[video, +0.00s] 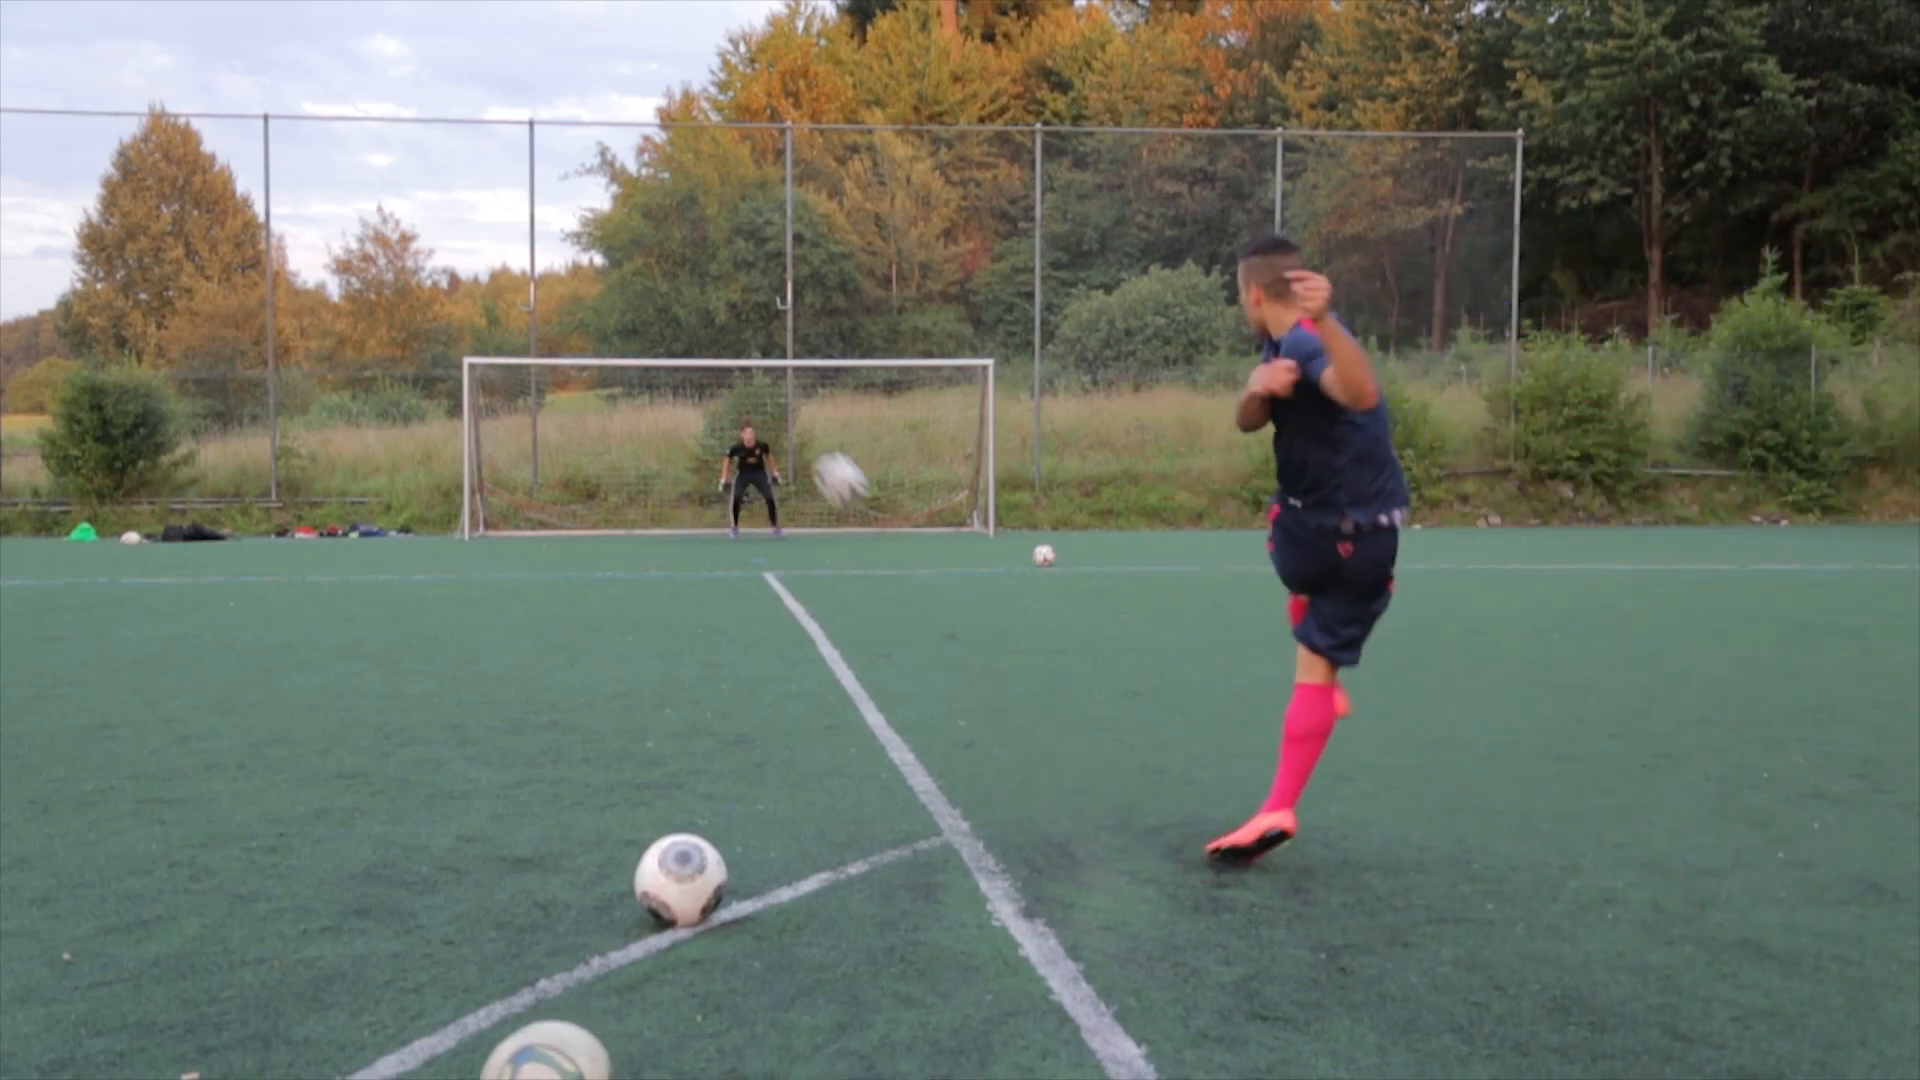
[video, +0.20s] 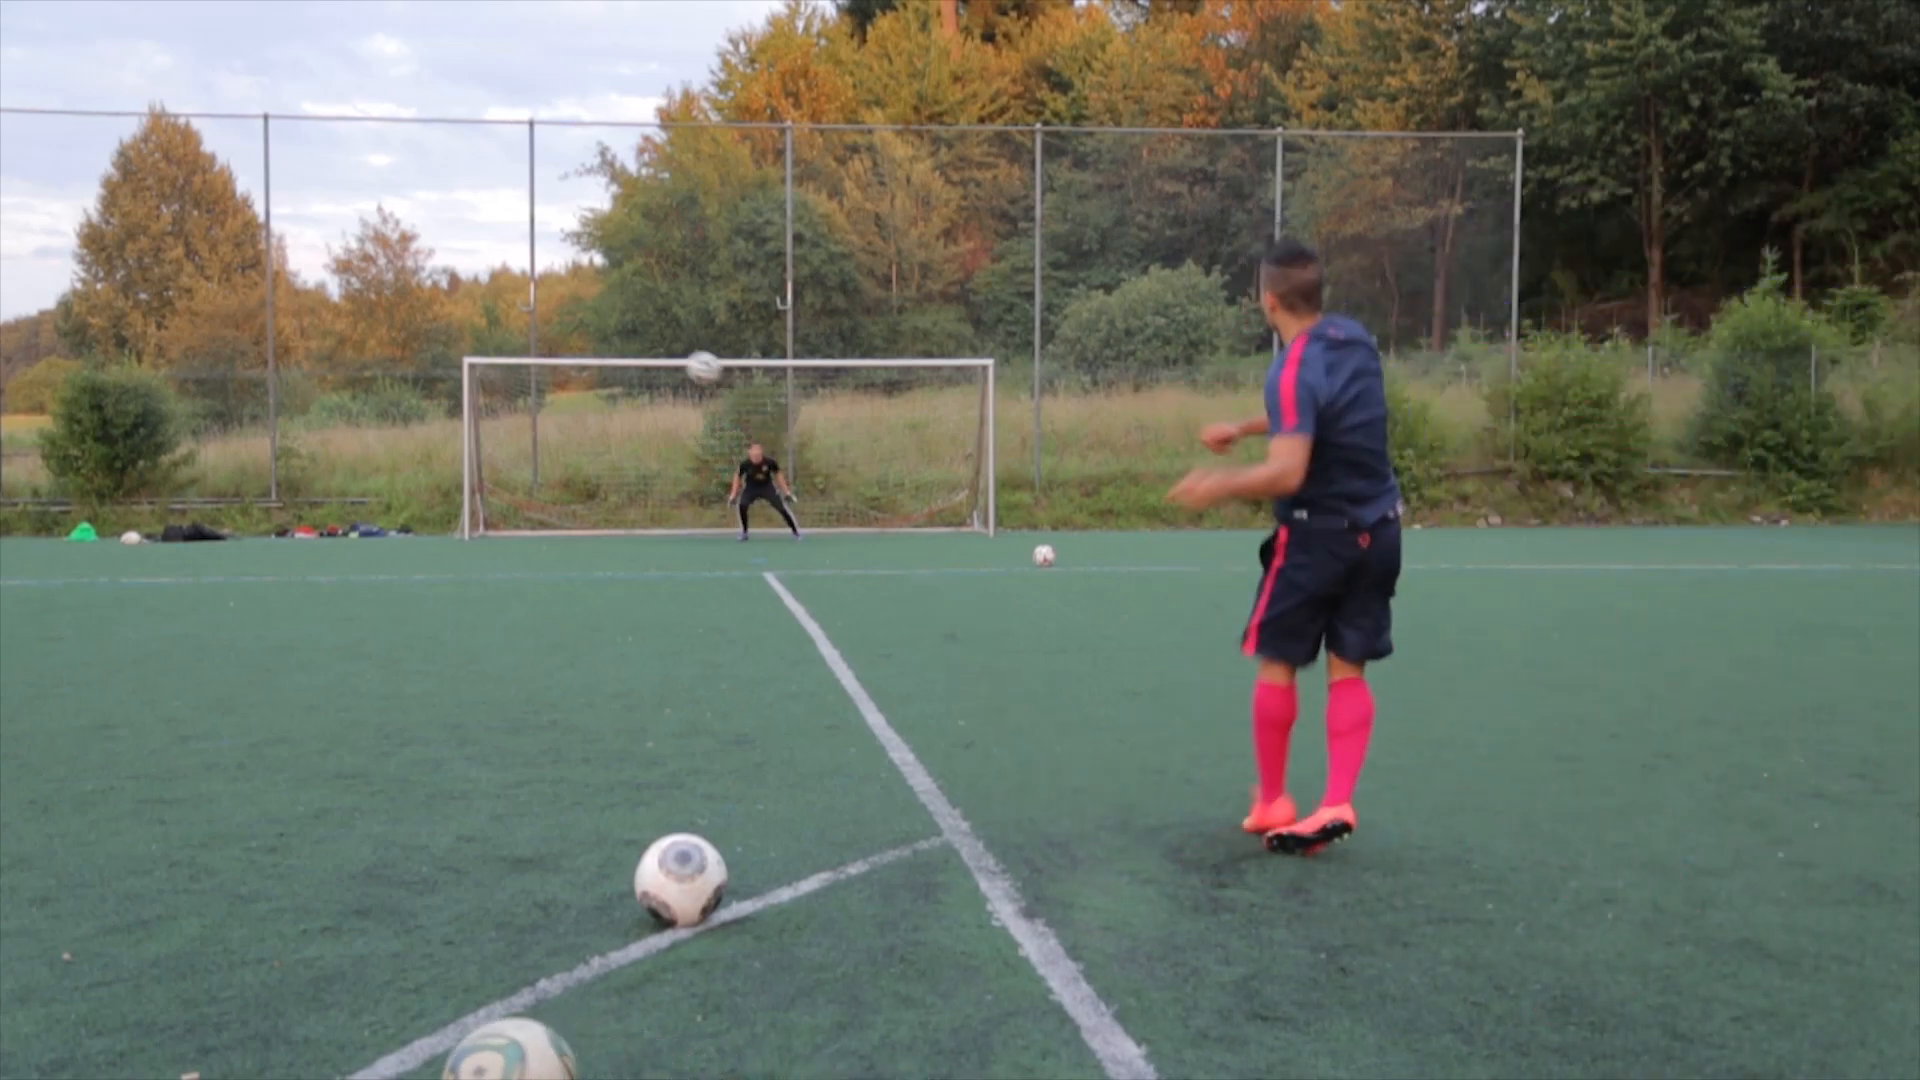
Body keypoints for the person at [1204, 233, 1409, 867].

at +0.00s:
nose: (1245, 310)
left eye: (1246, 297)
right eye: (1245, 298)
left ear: (1264, 296)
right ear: (1292, 288)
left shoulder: (1313, 343)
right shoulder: (1288, 353)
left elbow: (1363, 393)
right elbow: (1246, 423)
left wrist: (1326, 319)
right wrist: (1259, 391)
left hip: (1313, 524)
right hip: (1371, 528)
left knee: (1300, 588)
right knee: (1316, 660)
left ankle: (1327, 689)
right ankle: (1280, 806)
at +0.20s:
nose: (1261, 304)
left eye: (1261, 295)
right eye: (1264, 294)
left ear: (1269, 301)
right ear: (1318, 292)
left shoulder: (1295, 368)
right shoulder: (1356, 341)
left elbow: (1287, 471)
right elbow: (1318, 411)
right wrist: (1243, 428)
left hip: (1315, 536)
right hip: (1378, 532)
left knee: (1276, 661)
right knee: (1348, 663)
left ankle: (1271, 802)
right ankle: (1339, 802)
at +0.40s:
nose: (1304, 320)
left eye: (1305, 312)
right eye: (1309, 311)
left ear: (1312, 318)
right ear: (1359, 313)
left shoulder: (1303, 394)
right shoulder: (1410, 376)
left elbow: (1260, 498)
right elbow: (1428, 469)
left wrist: (1221, 543)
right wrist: (1376, 488)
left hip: (1331, 555)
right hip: (1398, 556)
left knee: (1275, 670)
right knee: (1383, 662)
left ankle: (1270, 805)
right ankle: (1384, 773)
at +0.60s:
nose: (1385, 298)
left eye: (1386, 290)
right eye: (1391, 290)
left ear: (1394, 295)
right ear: (1444, 296)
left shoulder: (1367, 369)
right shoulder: (1490, 366)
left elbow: (1334, 465)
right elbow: (1524, 464)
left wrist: (1376, 455)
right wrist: (1512, 514)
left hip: (1386, 547)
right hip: (1461, 550)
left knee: (1330, 666)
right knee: (1487, 677)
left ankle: (1282, 792)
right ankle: (1524, 817)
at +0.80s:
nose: (1452, 289)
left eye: (1452, 282)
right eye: (1462, 281)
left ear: (1459, 287)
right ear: (1511, 286)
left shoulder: (1428, 360)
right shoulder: (1555, 359)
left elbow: (1401, 464)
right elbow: (1590, 457)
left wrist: (1426, 482)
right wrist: (1589, 514)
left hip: (1446, 539)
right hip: (1519, 543)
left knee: (1395, 663)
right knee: (1525, 684)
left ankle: (1395, 801)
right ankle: (1535, 831)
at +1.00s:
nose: (1494, 287)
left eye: (1495, 279)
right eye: (1502, 279)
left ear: (1500, 284)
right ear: (1555, 285)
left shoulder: (1470, 358)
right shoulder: (1596, 359)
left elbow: (1441, 469)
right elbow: (1629, 460)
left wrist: (1445, 508)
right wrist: (1620, 522)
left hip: (1487, 542)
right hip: (1557, 546)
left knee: (1460, 673)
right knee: (1546, 685)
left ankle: (1537, 793)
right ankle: (1539, 828)